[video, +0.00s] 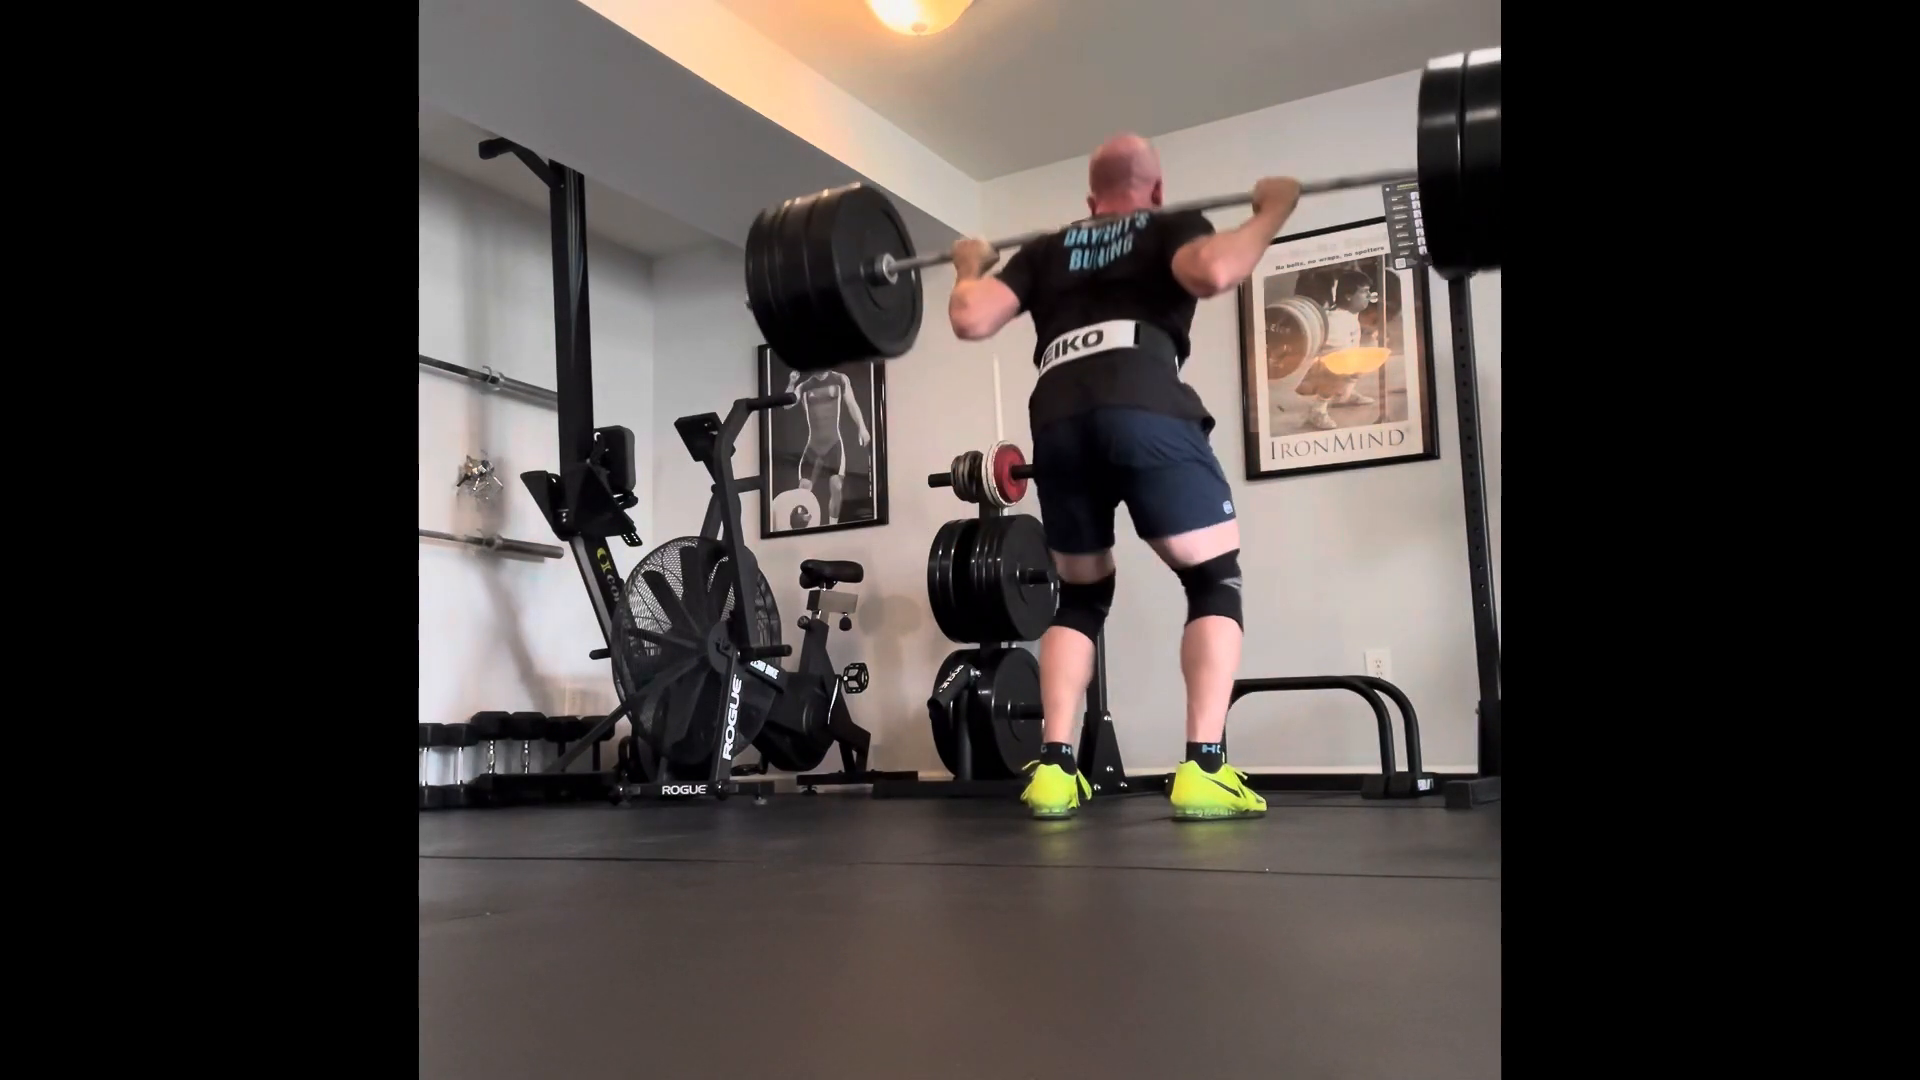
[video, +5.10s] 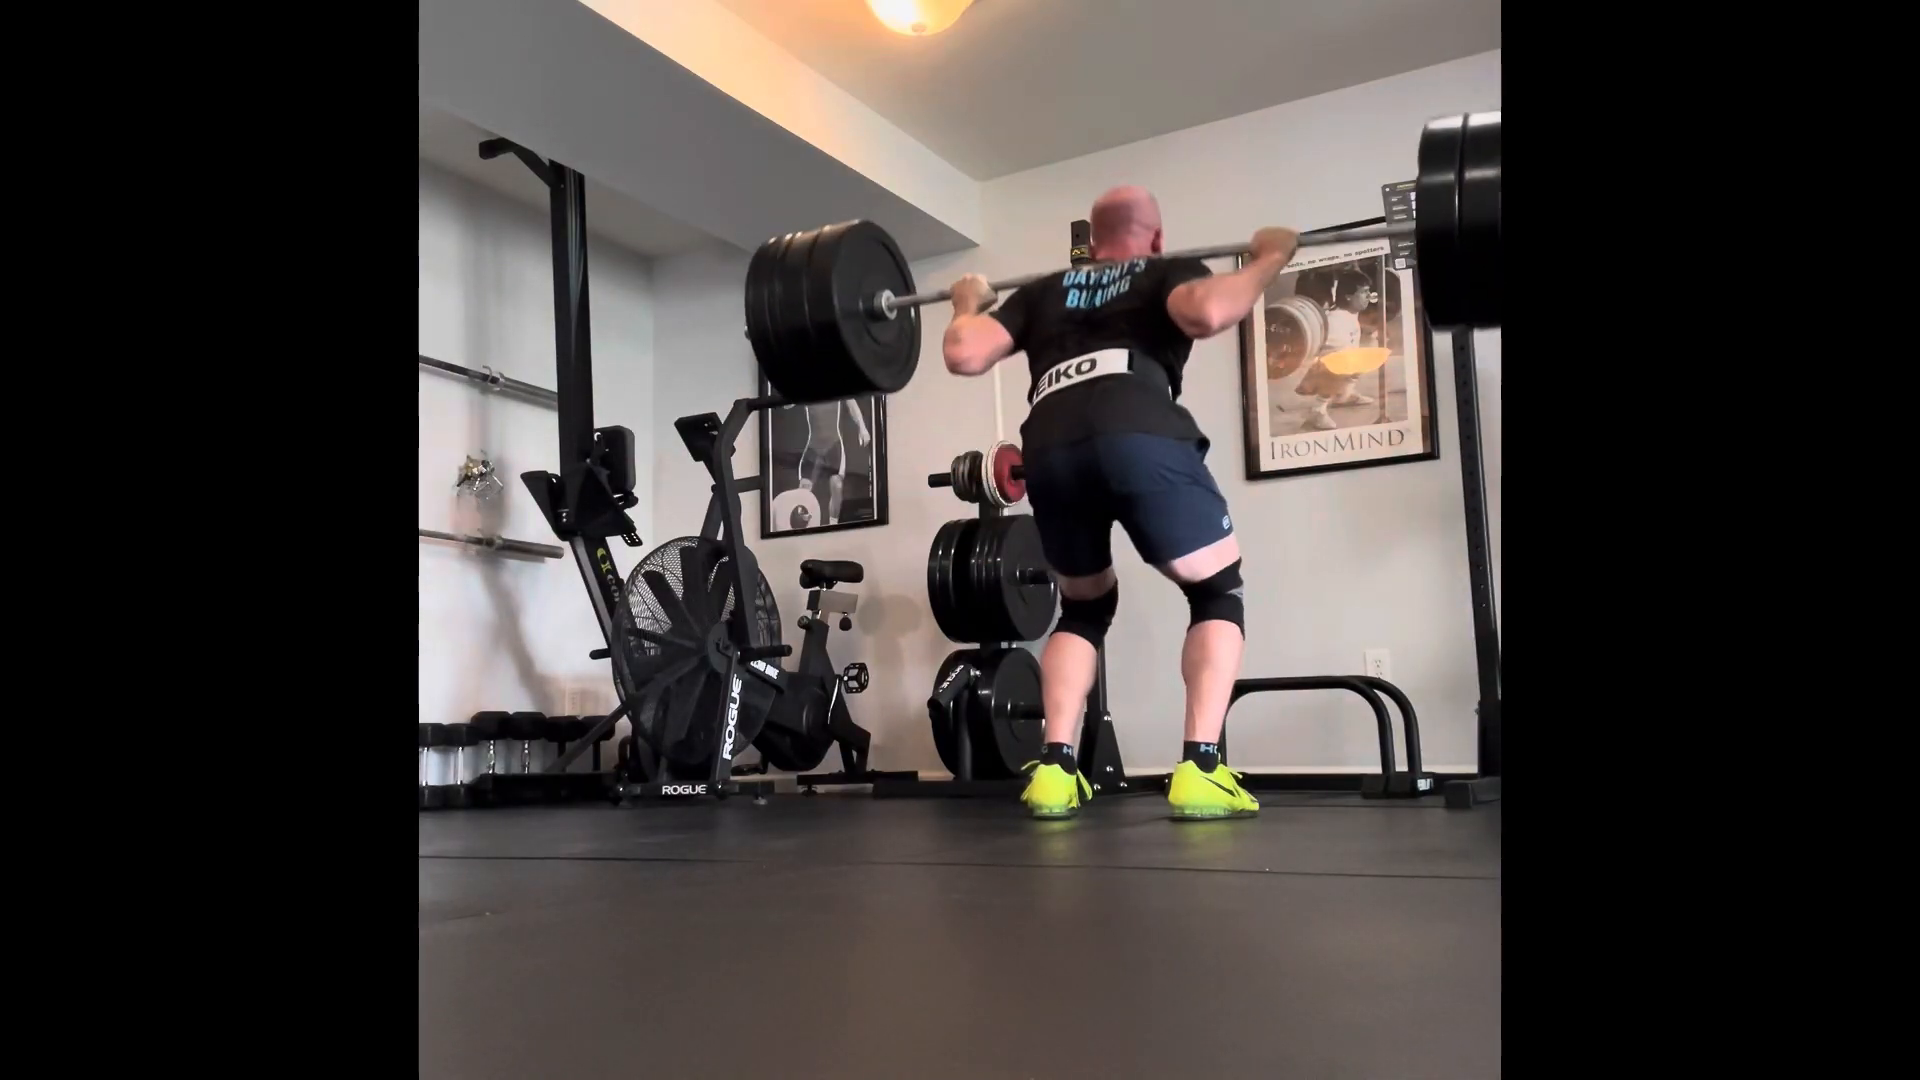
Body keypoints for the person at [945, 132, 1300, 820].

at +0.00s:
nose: (1156, 193)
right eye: (1157, 185)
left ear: (1088, 193)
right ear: (1157, 190)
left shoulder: (1045, 250)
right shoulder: (1170, 225)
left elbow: (970, 319)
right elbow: (1212, 272)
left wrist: (967, 267)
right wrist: (1269, 215)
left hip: (1056, 418)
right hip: (1147, 405)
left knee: (1080, 593)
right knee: (1213, 583)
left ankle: (1055, 764)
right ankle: (1204, 764)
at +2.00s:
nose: (1147, 151)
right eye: (1152, 142)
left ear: (1085, 153)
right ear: (1154, 147)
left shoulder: (1045, 203)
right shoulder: (1167, 179)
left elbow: (969, 262)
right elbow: (1218, 220)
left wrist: (969, 215)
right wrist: (1272, 159)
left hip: (1066, 383)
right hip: (1153, 380)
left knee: (1056, 574)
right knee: (1170, 571)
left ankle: (1050, 764)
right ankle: (1197, 763)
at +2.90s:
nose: (1151, 244)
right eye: (1150, 236)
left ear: (1079, 246)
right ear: (1150, 244)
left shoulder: (1038, 294)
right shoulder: (1165, 271)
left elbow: (956, 346)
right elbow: (1214, 312)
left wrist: (967, 301)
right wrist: (1271, 254)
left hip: (1049, 450)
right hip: (1141, 438)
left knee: (1053, 612)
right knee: (1222, 598)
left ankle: (1050, 765)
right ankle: (1201, 765)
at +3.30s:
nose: (1157, 324)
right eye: (1156, 318)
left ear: (1088, 326)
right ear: (1155, 323)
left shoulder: (1040, 371)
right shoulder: (1168, 353)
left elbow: (957, 441)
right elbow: (1214, 401)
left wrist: (967, 390)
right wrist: (1274, 345)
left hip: (1037, 508)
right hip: (1130, 494)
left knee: (1056, 627)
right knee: (1233, 610)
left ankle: (1051, 769)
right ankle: (1202, 766)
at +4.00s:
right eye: (1169, 413)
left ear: (1101, 420)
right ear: (1168, 419)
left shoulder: (1047, 463)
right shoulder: (1181, 450)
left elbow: (965, 539)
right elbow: (1227, 507)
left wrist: (975, 474)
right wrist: (1289, 447)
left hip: (1042, 615)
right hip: (1143, 604)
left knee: (1042, 637)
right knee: (1247, 614)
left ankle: (1052, 767)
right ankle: (1203, 767)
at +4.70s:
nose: (1167, 343)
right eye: (1167, 336)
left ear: (1098, 338)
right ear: (1161, 338)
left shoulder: (1042, 379)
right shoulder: (1168, 364)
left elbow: (961, 446)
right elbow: (1213, 401)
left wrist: (972, 394)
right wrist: (1276, 360)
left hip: (1026, 509)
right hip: (1122, 496)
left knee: (1087, 615)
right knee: (1205, 605)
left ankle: (1055, 770)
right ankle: (1199, 767)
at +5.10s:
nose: (1156, 240)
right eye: (1156, 233)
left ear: (1089, 238)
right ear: (1156, 237)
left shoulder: (1042, 291)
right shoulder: (1167, 269)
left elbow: (962, 355)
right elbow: (1207, 312)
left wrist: (966, 304)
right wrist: (1267, 259)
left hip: (1050, 447)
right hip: (1142, 430)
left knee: (1083, 605)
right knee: (1215, 594)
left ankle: (1056, 765)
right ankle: (1201, 765)